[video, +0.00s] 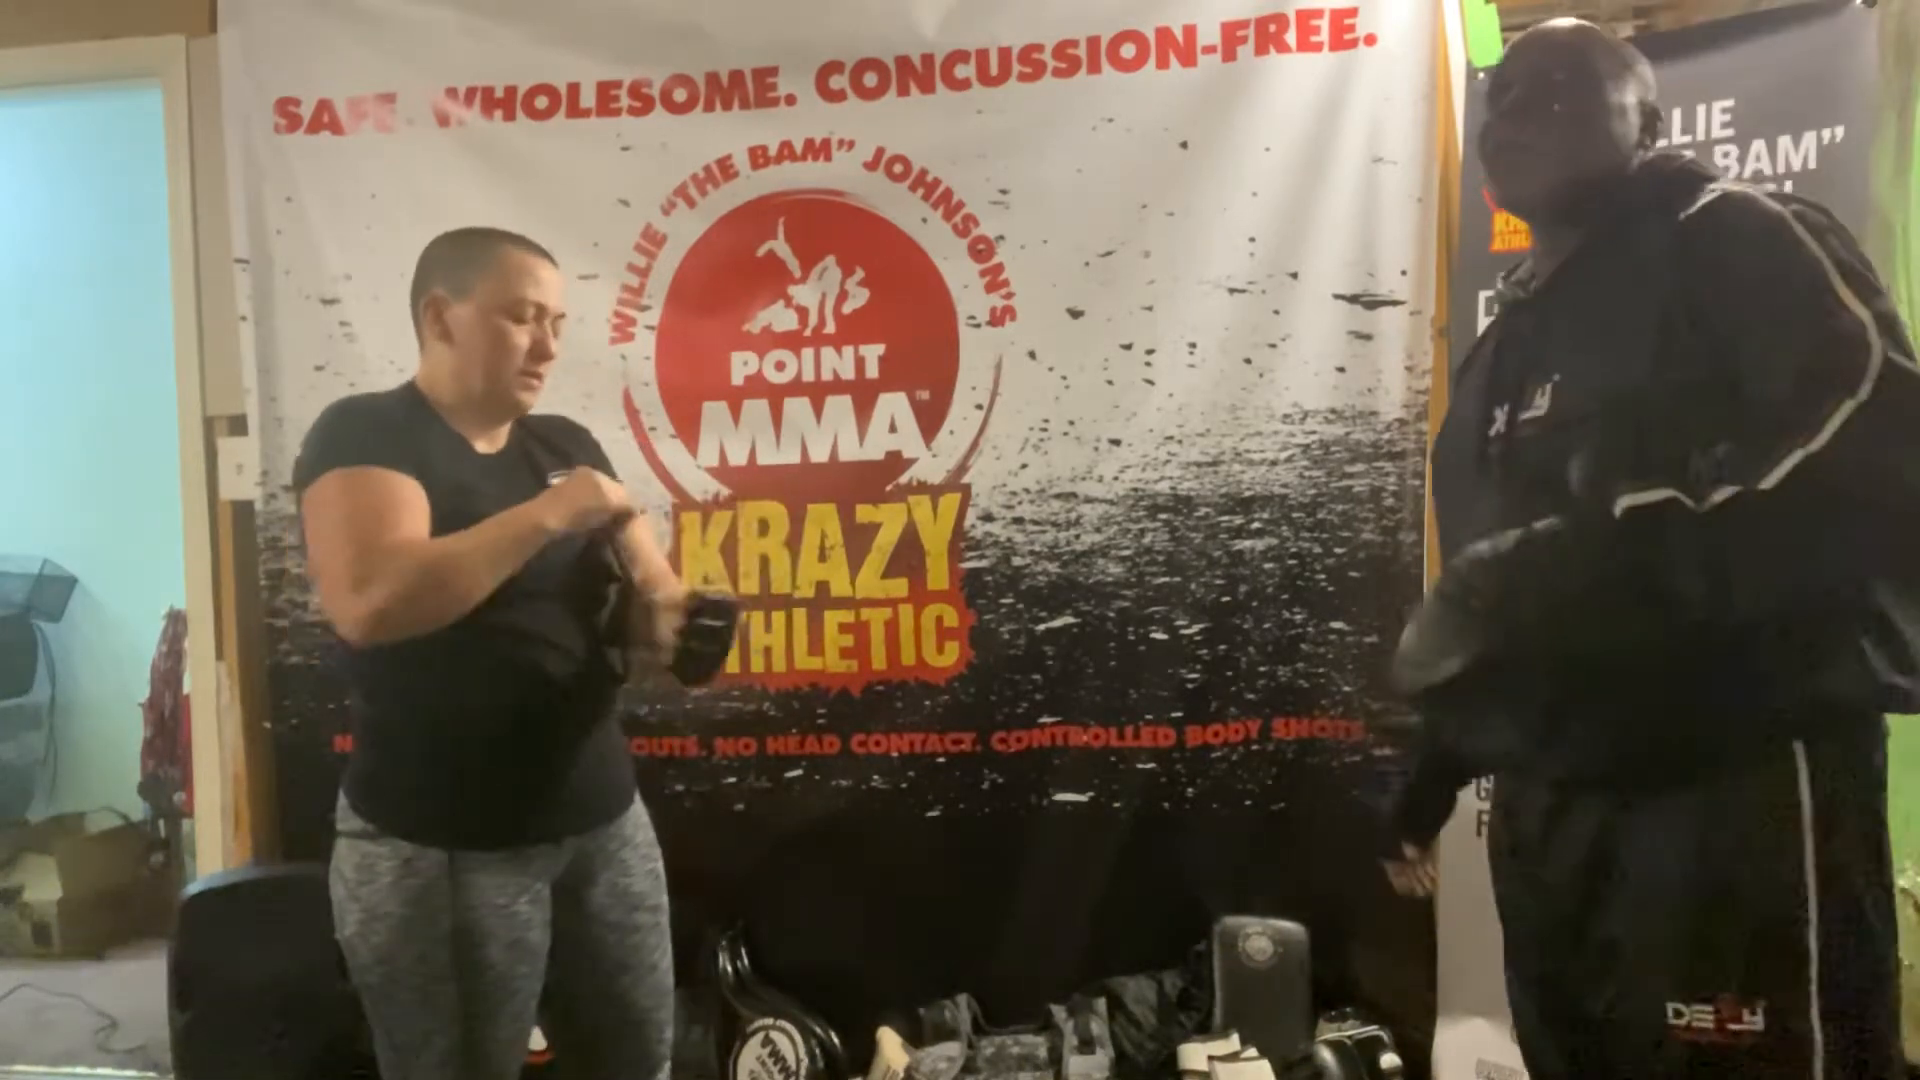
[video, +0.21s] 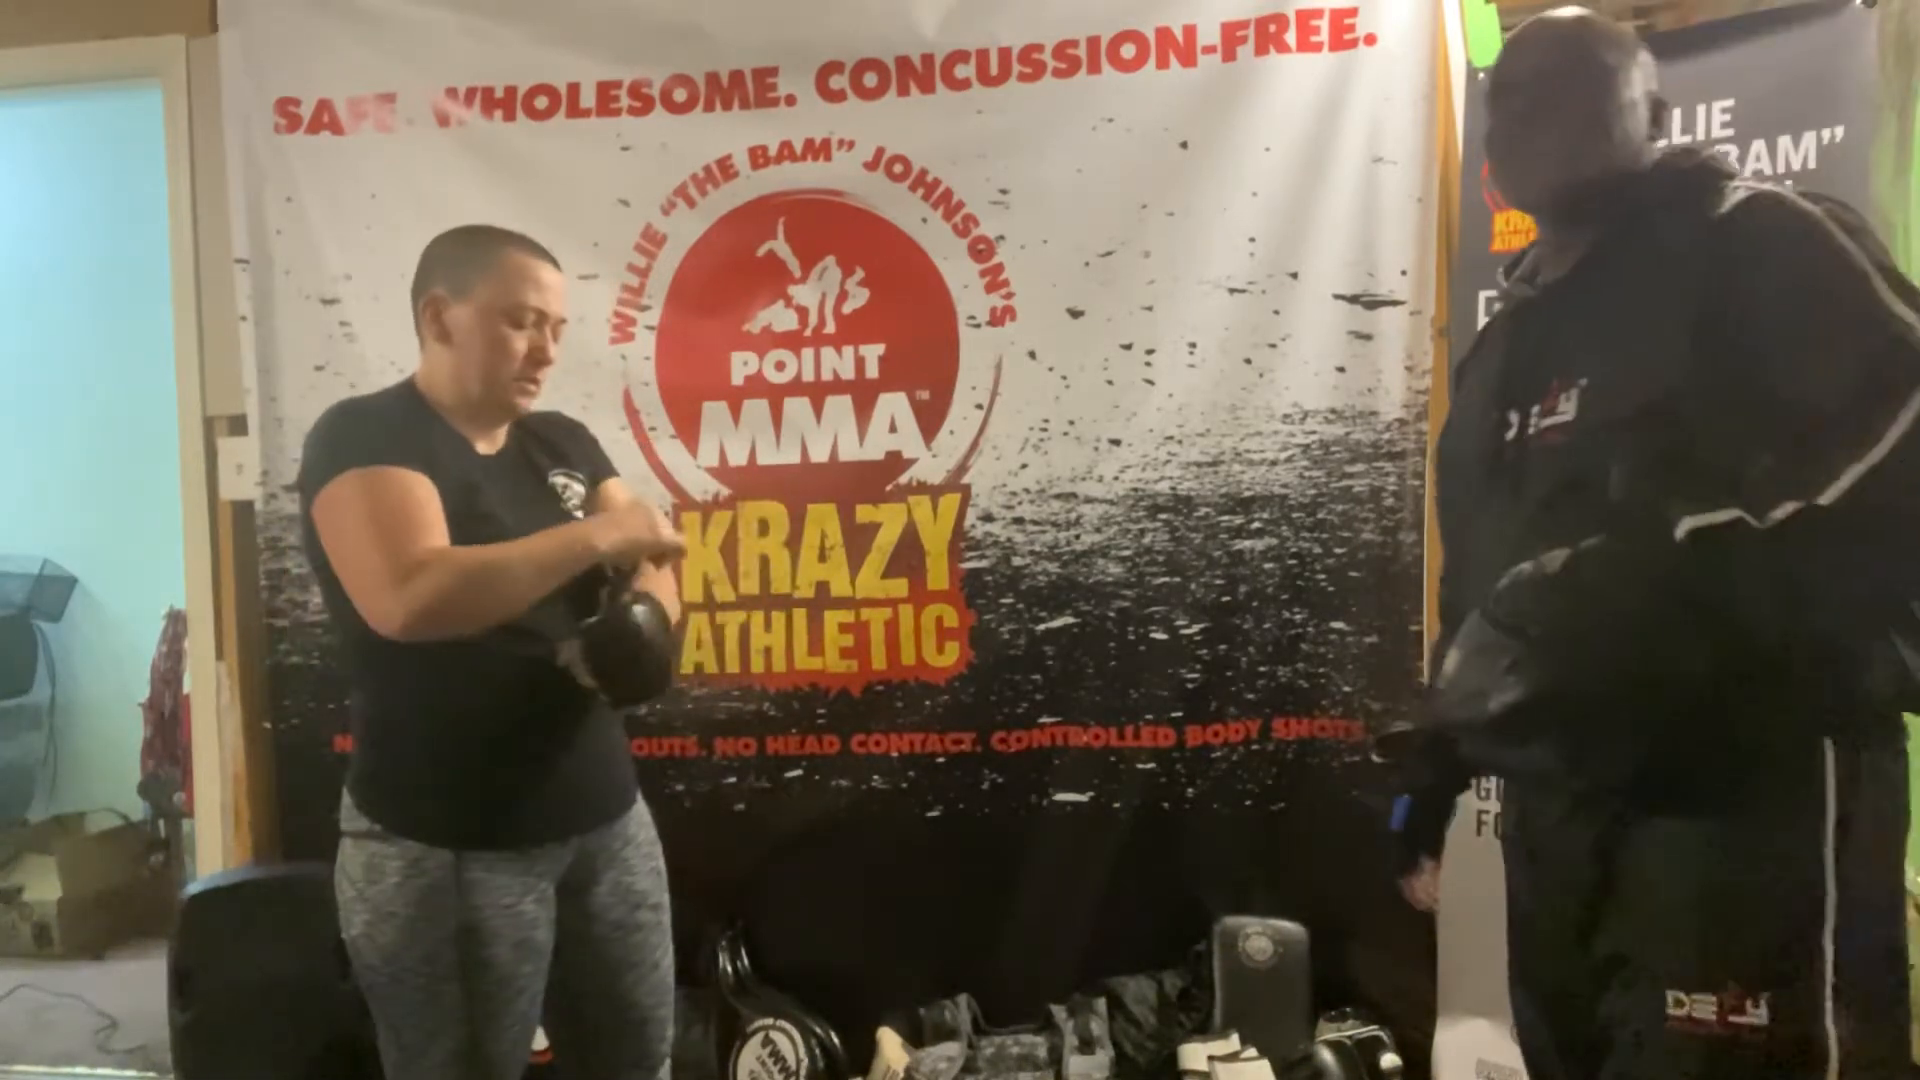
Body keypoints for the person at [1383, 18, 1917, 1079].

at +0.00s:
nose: (1496, 119)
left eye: (1532, 92)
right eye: (1488, 103)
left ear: (1631, 115)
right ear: (1479, 151)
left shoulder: (1734, 233)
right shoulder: (1494, 351)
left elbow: (1887, 432)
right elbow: (1487, 602)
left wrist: (1628, 568)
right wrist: (1418, 789)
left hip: (1750, 773)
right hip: (1559, 793)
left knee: (1769, 1056)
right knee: (1575, 1054)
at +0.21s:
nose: (1490, 127)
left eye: (1512, 98)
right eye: (1492, 101)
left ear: (1601, 111)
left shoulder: (1760, 236)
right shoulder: (1503, 340)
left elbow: (1907, 431)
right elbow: (1484, 584)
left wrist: (1668, 579)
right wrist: (1434, 771)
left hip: (1741, 776)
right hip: (1560, 792)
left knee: (1727, 1048)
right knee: (1566, 1046)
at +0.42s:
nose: (1600, 111)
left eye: (1635, 76)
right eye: (1586, 81)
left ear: (1730, 90)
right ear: (1564, 111)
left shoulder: (1853, 250)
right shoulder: (1560, 332)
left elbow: (1882, 572)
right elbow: (1500, 582)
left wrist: (1580, 614)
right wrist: (1411, 748)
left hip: (1794, 841)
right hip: (1580, 844)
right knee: (1584, 1051)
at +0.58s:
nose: (1629, 69)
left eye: (1676, 35)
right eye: (1622, 47)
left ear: (1805, 51)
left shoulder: (1884, 227)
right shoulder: (1613, 300)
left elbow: (1894, 572)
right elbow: (1543, 564)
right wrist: (1447, 732)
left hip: (1823, 842)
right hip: (1617, 839)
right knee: (1592, 1058)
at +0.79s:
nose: (1643, 40)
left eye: (1681, 9)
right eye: (1645, 19)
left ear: (1822, 24)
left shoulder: (1892, 196)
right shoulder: (1643, 305)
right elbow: (1615, 591)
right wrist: (1516, 753)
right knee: (1590, 1057)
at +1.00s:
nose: (1659, 44)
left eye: (1705, 11)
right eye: (1669, 18)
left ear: (1827, 32)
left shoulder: (1896, 227)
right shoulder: (1679, 289)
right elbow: (1623, 565)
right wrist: (1593, 787)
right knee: (1641, 1055)